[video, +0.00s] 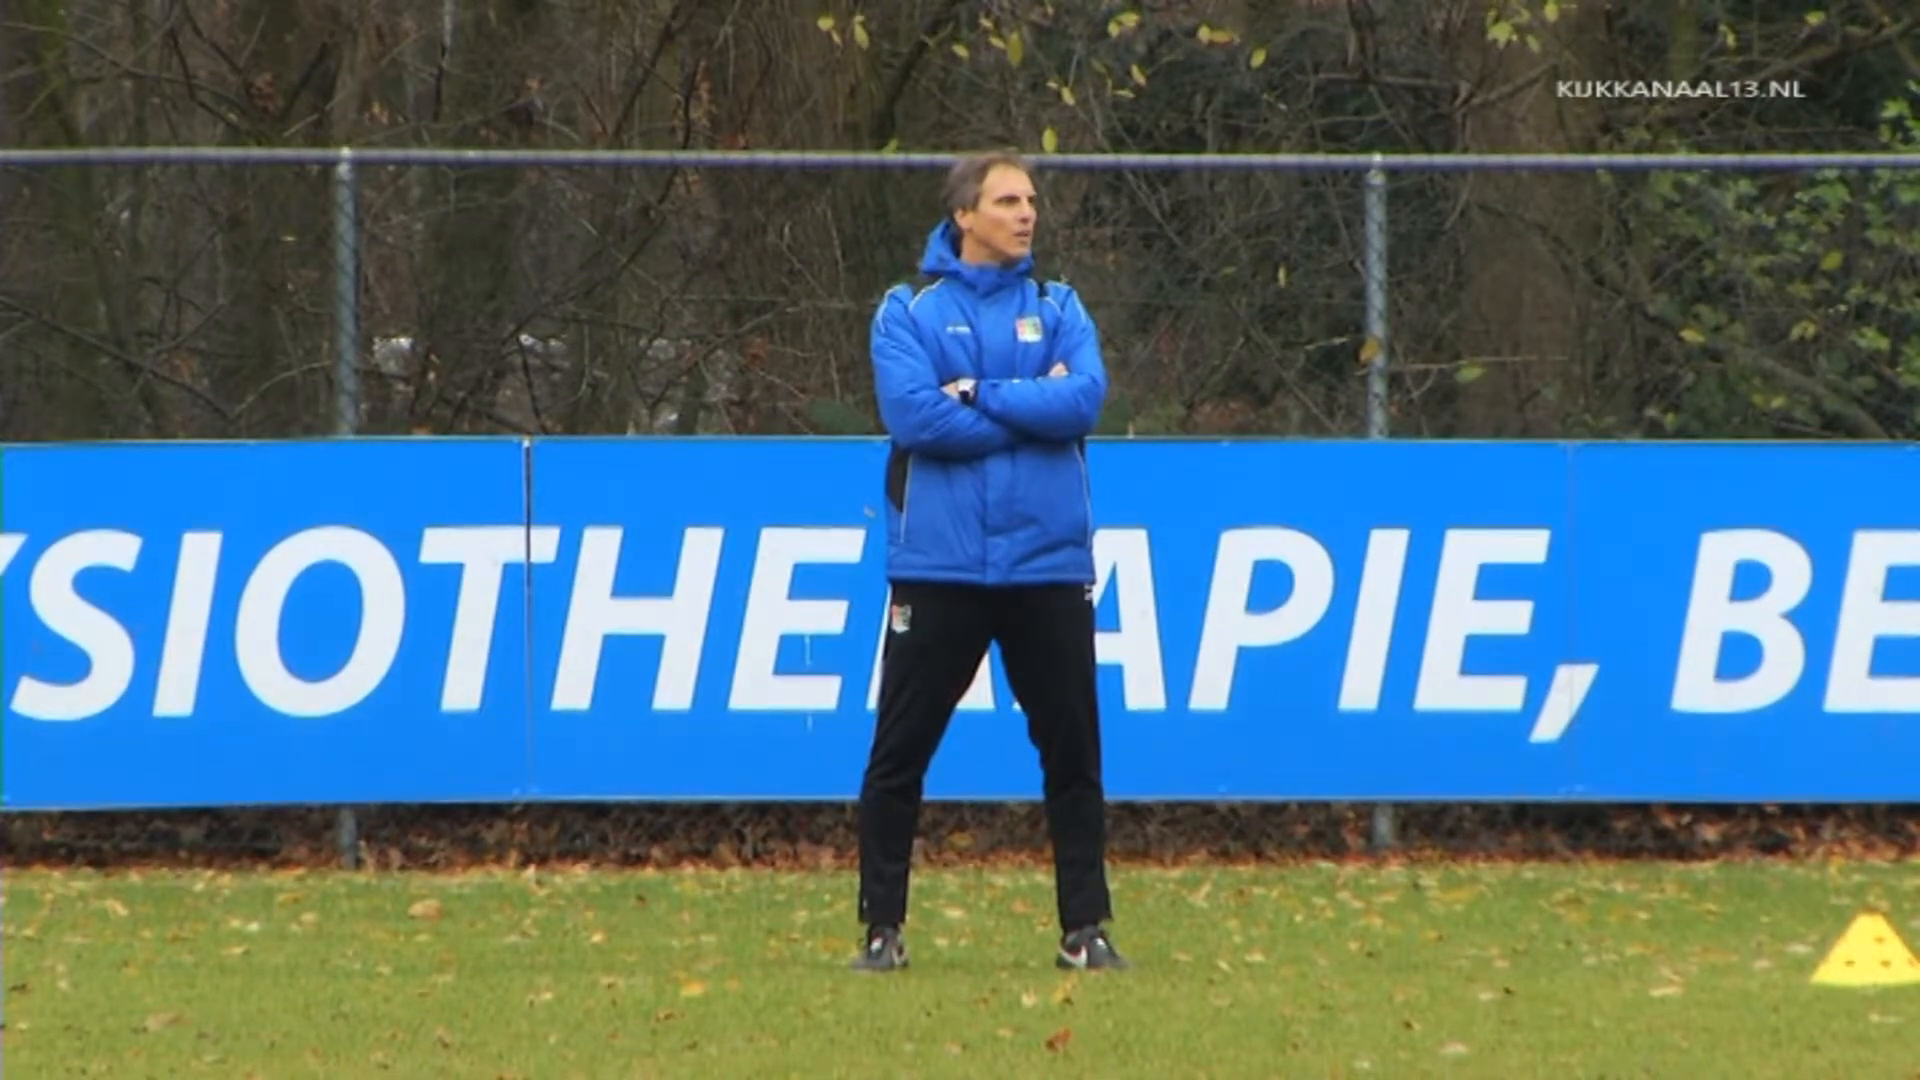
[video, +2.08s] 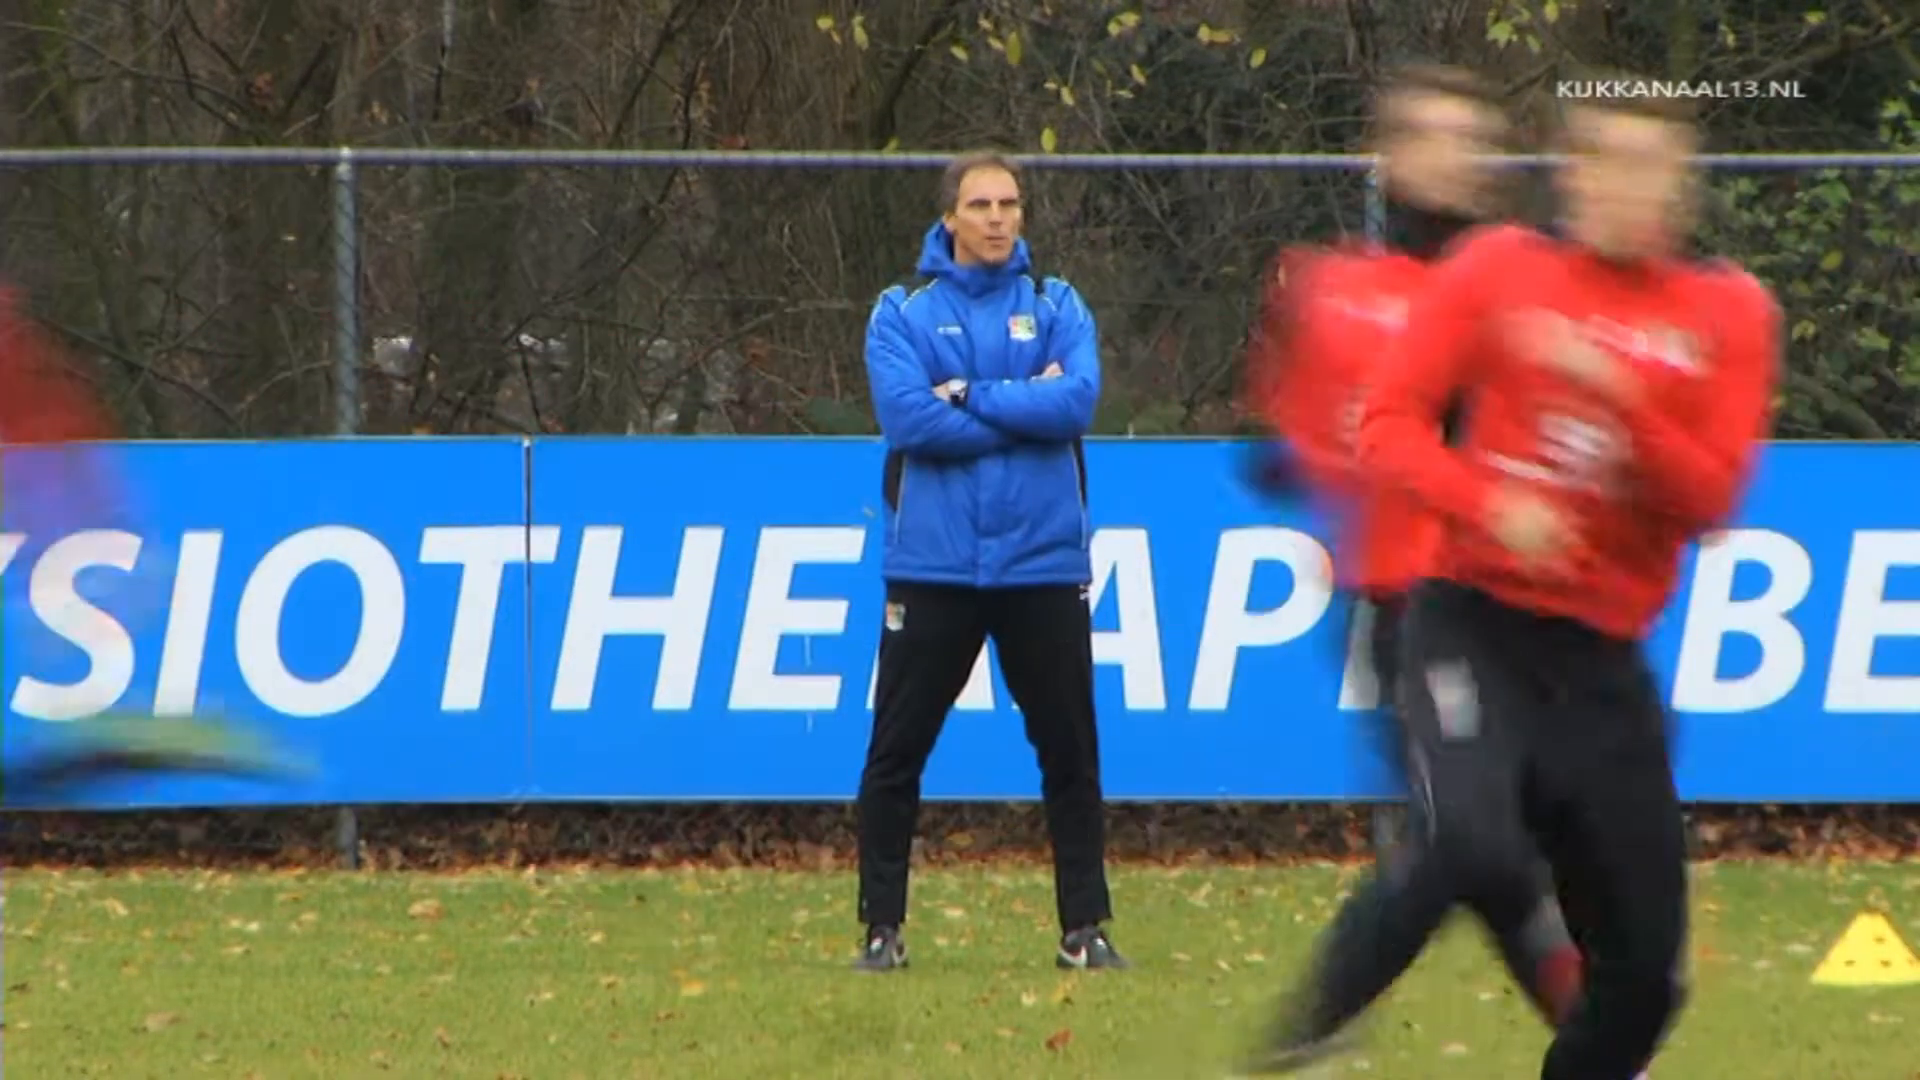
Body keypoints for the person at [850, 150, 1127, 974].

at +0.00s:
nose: (1027, 214)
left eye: (1031, 202)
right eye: (1010, 202)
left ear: (1033, 216)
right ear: (964, 218)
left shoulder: (1059, 306)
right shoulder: (906, 310)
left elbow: (1082, 401)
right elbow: (917, 423)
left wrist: (975, 391)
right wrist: (1027, 412)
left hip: (1050, 567)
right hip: (941, 569)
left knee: (1073, 750)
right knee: (901, 752)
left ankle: (1085, 931)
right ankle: (882, 929)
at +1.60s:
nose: (1003, 221)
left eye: (1012, 208)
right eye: (986, 209)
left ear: (1024, 218)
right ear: (950, 221)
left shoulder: (1057, 305)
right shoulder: (899, 312)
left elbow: (1075, 401)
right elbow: (912, 425)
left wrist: (964, 392)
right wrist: (1023, 413)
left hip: (1045, 567)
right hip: (937, 570)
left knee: (1071, 751)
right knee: (899, 753)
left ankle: (1085, 930)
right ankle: (882, 929)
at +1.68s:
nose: (1000, 228)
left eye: (1012, 212)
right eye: (984, 213)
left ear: (1032, 218)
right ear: (951, 221)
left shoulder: (1060, 314)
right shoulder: (905, 318)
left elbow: (1094, 421)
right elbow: (915, 437)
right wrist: (993, 344)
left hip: (1044, 567)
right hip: (940, 570)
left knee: (1070, 742)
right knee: (899, 749)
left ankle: (1085, 927)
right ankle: (883, 926)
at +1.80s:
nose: (1001, 221)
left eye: (1012, 207)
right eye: (984, 208)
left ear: (1025, 217)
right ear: (950, 220)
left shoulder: (1057, 304)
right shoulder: (900, 311)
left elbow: (1076, 400)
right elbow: (912, 430)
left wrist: (964, 395)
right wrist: (1023, 411)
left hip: (1048, 566)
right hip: (936, 570)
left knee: (1070, 751)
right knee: (899, 750)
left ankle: (1086, 928)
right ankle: (881, 924)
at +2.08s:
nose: (996, 219)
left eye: (1007, 205)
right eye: (979, 206)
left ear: (1023, 216)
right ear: (950, 218)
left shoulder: (1059, 305)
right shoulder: (900, 312)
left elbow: (1076, 403)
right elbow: (911, 423)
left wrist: (965, 392)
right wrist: (1020, 415)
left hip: (1044, 567)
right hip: (934, 568)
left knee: (1070, 750)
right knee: (898, 751)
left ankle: (1085, 930)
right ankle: (882, 929)